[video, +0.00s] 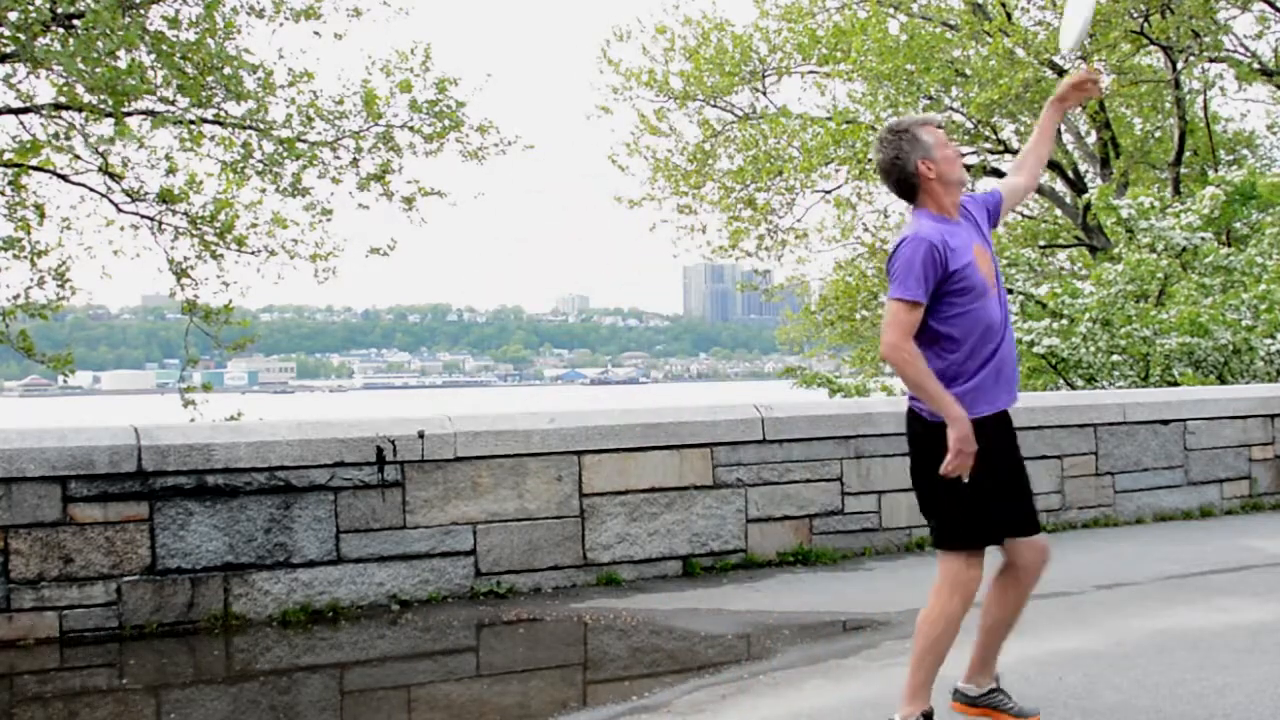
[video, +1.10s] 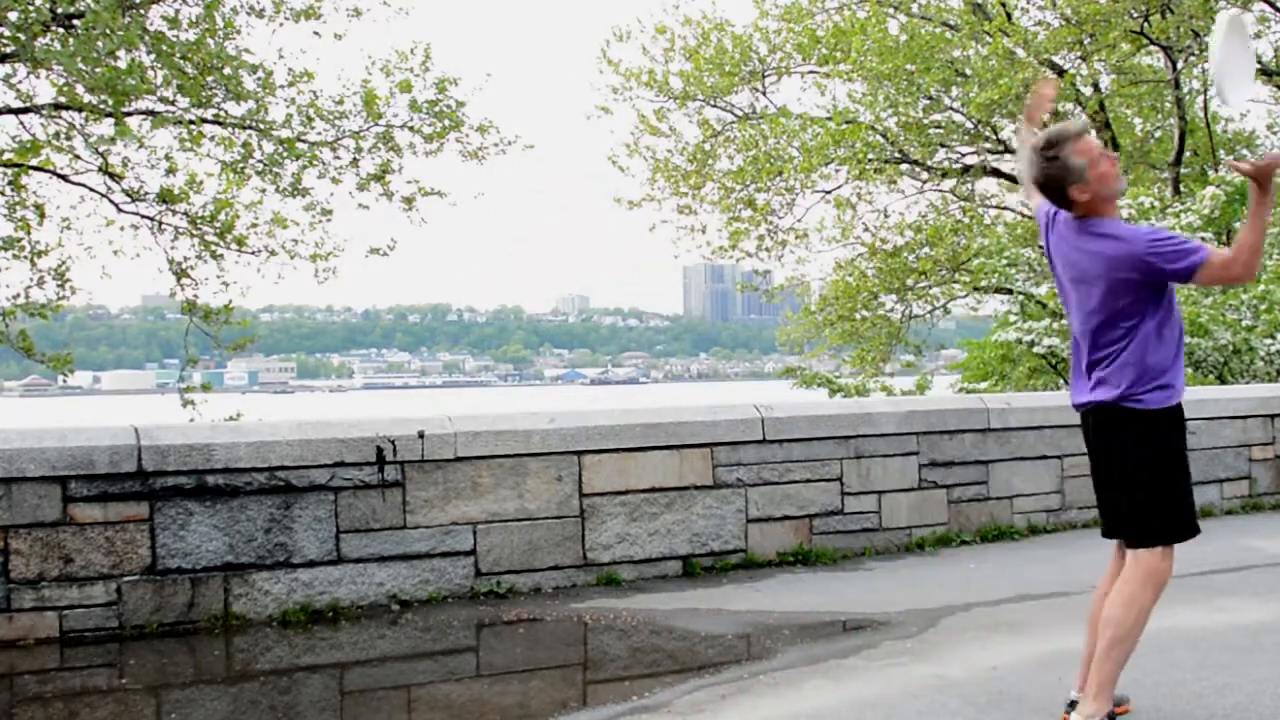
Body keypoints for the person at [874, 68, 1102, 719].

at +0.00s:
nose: (960, 149)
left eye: (952, 141)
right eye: (948, 143)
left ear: (931, 167)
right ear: (927, 167)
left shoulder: (974, 210)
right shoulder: (922, 243)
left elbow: (1024, 176)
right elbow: (895, 345)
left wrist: (1058, 104)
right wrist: (955, 417)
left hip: (990, 419)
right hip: (945, 427)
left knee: (1028, 557)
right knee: (959, 575)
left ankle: (978, 683)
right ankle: (911, 708)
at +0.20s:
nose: (969, 153)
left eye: (960, 148)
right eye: (958, 150)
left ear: (946, 176)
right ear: (943, 175)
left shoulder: (989, 214)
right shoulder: (947, 240)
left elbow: (1024, 174)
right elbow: (944, 341)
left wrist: (1032, 104)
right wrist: (1029, 390)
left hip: (1016, 418)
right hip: (975, 424)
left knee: (1078, 549)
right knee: (976, 577)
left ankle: (1052, 681)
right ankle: (914, 709)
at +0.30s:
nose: (984, 160)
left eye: (974, 154)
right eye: (974, 157)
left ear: (962, 182)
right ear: (960, 181)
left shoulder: (1005, 216)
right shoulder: (968, 246)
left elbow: (1033, 174)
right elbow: (981, 341)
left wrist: (1035, 103)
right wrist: (1078, 362)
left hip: (1039, 419)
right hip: (999, 428)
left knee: (1092, 550)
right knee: (990, 576)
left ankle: (1071, 686)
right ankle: (921, 708)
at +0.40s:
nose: (996, 164)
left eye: (987, 158)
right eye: (985, 161)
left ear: (977, 185)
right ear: (972, 185)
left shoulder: (1017, 215)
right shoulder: (986, 246)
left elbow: (1038, 159)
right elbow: (1021, 329)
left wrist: (1044, 91)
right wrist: (1113, 308)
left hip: (1074, 409)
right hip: (1033, 418)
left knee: (1107, 552)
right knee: (1045, 566)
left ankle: (1074, 688)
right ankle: (947, 692)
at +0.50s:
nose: (1004, 166)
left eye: (996, 160)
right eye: (993, 164)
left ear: (984, 191)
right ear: (977, 193)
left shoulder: (1027, 217)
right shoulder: (999, 250)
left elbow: (1045, 161)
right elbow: (1059, 300)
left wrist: (1045, 94)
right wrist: (1116, 233)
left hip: (1097, 402)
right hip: (1068, 412)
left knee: (1109, 554)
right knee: (1102, 556)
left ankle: (1075, 686)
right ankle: (1008, 685)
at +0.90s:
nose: (1061, 179)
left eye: (1056, 170)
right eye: (1047, 182)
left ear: (1062, 168)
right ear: (1024, 210)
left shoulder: (1063, 218)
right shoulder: (1069, 252)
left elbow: (1064, 197)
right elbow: (1163, 293)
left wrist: (1074, 154)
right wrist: (1166, 238)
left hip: (1131, 407)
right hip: (1125, 413)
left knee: (1142, 558)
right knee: (1144, 562)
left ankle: (1096, 691)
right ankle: (1092, 706)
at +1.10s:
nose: (1113, 154)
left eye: (1104, 148)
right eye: (1102, 155)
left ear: (1067, 193)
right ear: (1084, 188)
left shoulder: (1058, 228)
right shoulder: (1137, 244)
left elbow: (1035, 185)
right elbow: (1241, 267)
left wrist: (1032, 125)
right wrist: (1262, 192)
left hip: (1102, 407)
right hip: (1142, 410)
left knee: (1125, 558)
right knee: (1152, 563)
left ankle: (1089, 691)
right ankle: (1094, 704)